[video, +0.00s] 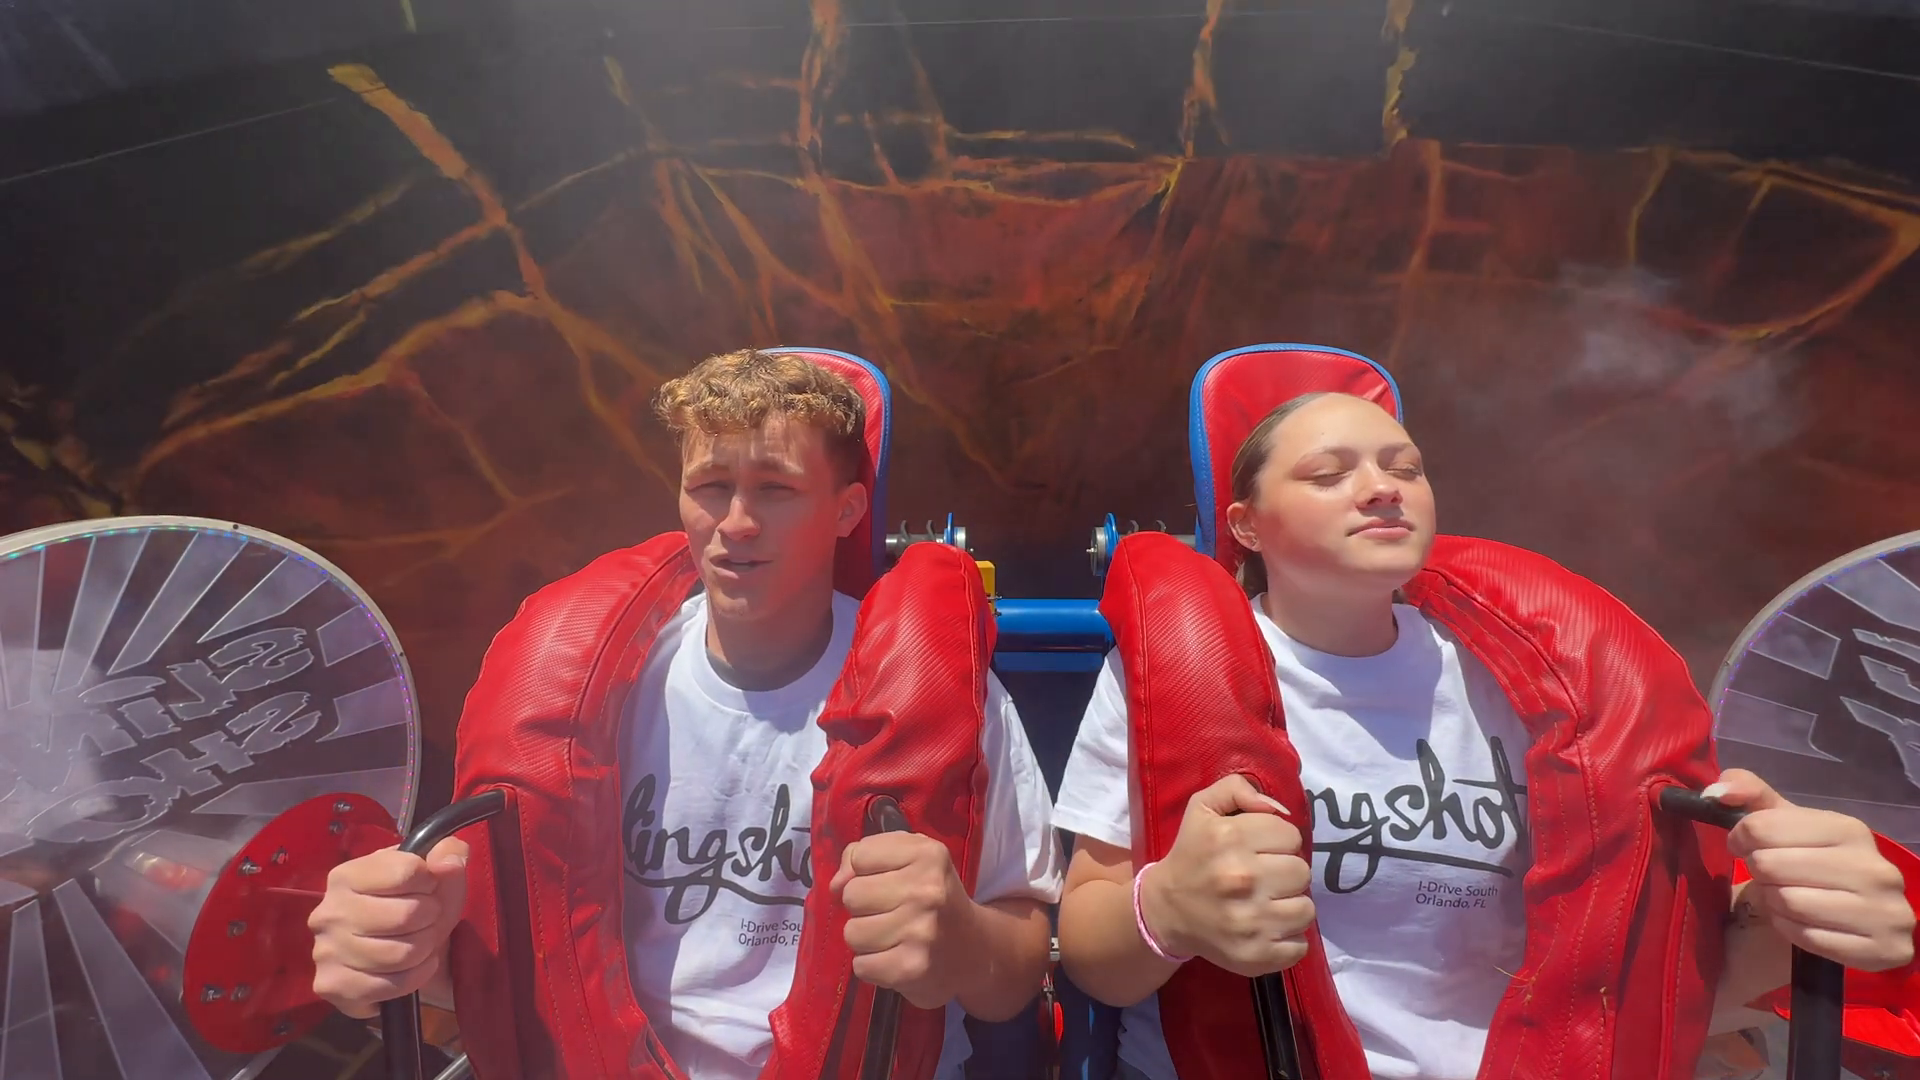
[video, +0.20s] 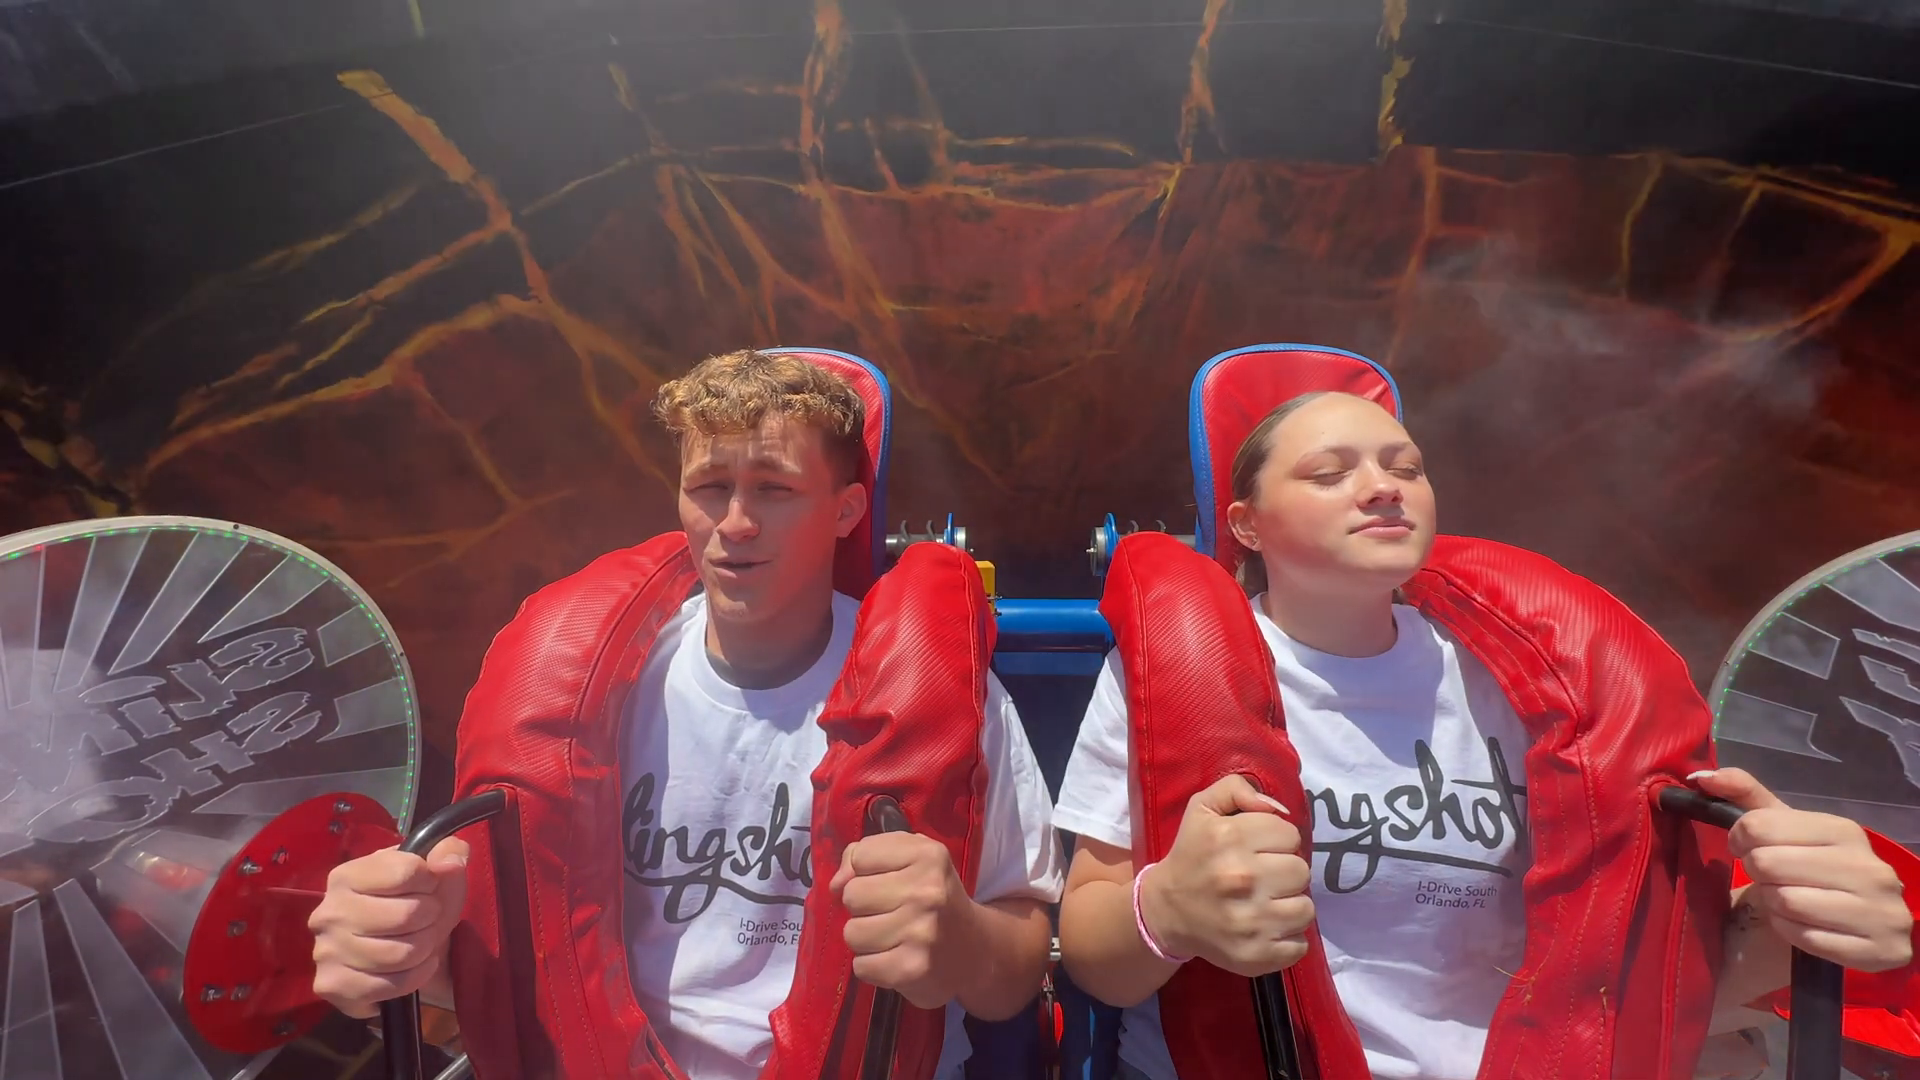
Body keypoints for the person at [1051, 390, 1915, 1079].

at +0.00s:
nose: (1383, 485)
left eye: (1401, 460)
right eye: (1328, 470)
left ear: (1431, 491)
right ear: (1244, 523)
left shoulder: (1533, 663)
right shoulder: (1173, 663)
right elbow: (1085, 955)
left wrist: (1864, 911)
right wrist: (1165, 909)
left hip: (1508, 1068)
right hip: (1285, 1063)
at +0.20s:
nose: (1383, 484)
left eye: (1400, 459)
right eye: (1328, 469)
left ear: (1431, 490)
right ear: (1244, 522)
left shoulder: (1532, 665)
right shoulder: (1172, 663)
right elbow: (1087, 957)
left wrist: (1894, 912)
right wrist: (1162, 912)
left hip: (1507, 1067)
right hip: (1283, 1062)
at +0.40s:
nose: (1383, 485)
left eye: (1401, 460)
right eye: (1330, 468)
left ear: (1432, 492)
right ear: (1244, 523)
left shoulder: (1531, 668)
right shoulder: (1173, 668)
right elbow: (1086, 955)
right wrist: (1163, 913)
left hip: (1503, 1069)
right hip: (1280, 1065)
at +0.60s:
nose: (1386, 482)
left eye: (1401, 456)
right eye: (1331, 468)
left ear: (1432, 484)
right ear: (1246, 523)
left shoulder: (1526, 667)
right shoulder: (1175, 664)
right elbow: (1088, 954)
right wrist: (1163, 913)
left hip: (1514, 1067)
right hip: (1297, 1064)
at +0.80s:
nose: (1384, 480)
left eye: (1400, 455)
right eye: (1330, 466)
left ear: (1432, 484)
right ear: (1245, 521)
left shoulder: (1525, 668)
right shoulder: (1176, 666)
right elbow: (1088, 953)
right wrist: (1163, 912)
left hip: (1510, 1067)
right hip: (1296, 1064)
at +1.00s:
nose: (1383, 481)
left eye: (1401, 458)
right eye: (1330, 464)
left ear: (1432, 493)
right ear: (1245, 521)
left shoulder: (1529, 666)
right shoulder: (1175, 668)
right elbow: (1088, 953)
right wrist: (1162, 912)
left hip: (1507, 1067)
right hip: (1288, 1064)